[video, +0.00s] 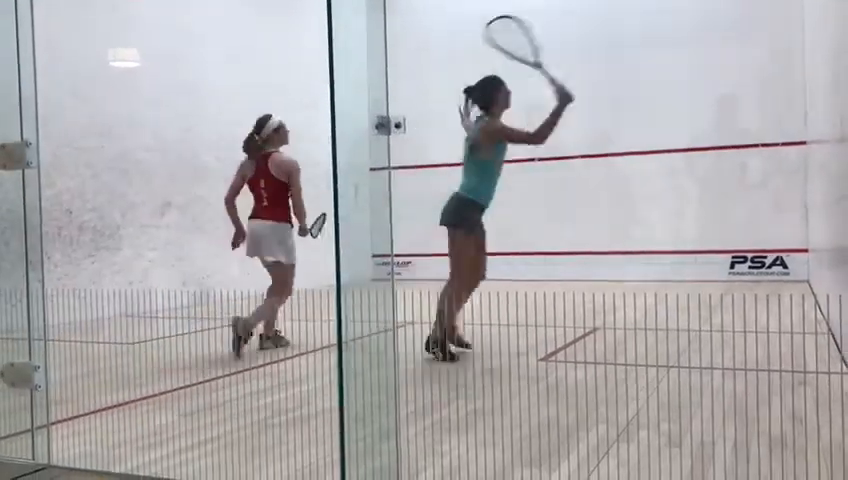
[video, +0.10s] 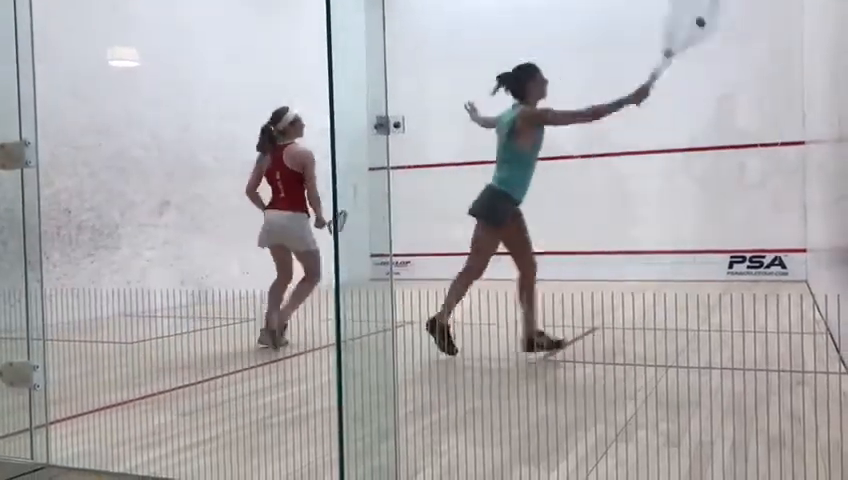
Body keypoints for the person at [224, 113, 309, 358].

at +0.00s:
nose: (287, 131)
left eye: (284, 127)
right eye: (282, 128)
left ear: (264, 138)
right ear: (274, 136)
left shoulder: (248, 164)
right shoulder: (288, 164)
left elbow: (229, 199)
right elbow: (297, 200)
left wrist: (239, 228)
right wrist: (303, 223)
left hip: (255, 228)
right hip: (279, 229)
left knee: (278, 283)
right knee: (284, 289)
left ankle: (269, 333)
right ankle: (248, 325)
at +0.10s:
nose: (302, 123)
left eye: (299, 119)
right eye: (297, 121)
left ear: (278, 130)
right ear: (289, 129)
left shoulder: (266, 155)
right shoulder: (303, 154)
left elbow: (251, 190)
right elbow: (311, 191)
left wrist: (265, 209)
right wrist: (319, 215)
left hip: (271, 220)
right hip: (295, 221)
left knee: (283, 274)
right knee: (313, 274)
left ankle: (269, 327)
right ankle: (282, 317)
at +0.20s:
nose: (318, 120)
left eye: (316, 116)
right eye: (313, 118)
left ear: (294, 126)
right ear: (303, 125)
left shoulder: (284, 149)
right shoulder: (320, 150)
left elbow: (267, 183)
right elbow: (327, 189)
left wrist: (281, 201)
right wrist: (340, 214)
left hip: (287, 213)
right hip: (311, 213)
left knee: (297, 270)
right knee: (335, 266)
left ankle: (274, 320)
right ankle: (316, 316)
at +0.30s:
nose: (337, 132)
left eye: (334, 128)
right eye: (334, 129)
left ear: (312, 134)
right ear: (329, 132)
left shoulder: (304, 157)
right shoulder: (338, 159)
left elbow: (290, 196)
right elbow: (345, 200)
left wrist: (300, 217)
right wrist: (358, 230)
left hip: (301, 223)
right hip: (324, 223)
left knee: (308, 277)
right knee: (357, 263)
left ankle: (280, 323)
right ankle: (356, 321)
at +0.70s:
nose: (462, 140)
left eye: (461, 137)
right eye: (460, 137)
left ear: (442, 139)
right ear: (454, 140)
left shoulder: (429, 160)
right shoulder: (455, 167)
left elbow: (411, 191)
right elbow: (453, 206)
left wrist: (422, 211)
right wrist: (464, 232)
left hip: (414, 214)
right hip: (431, 218)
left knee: (420, 270)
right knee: (430, 275)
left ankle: (389, 304)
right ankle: (404, 315)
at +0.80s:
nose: (487, 133)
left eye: (486, 130)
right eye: (484, 130)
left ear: (466, 132)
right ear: (478, 132)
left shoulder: (452, 153)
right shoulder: (484, 157)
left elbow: (434, 179)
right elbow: (483, 192)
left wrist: (440, 204)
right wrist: (491, 221)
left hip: (446, 206)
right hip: (463, 208)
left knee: (459, 260)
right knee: (451, 260)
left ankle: (457, 310)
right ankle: (421, 302)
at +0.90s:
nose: (512, 136)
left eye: (511, 133)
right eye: (510, 134)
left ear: (492, 137)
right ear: (504, 137)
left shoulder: (479, 158)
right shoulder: (511, 162)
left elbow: (459, 184)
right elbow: (512, 196)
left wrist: (467, 210)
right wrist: (518, 225)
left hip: (476, 213)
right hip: (494, 213)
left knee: (497, 262)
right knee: (481, 260)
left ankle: (509, 308)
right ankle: (443, 289)